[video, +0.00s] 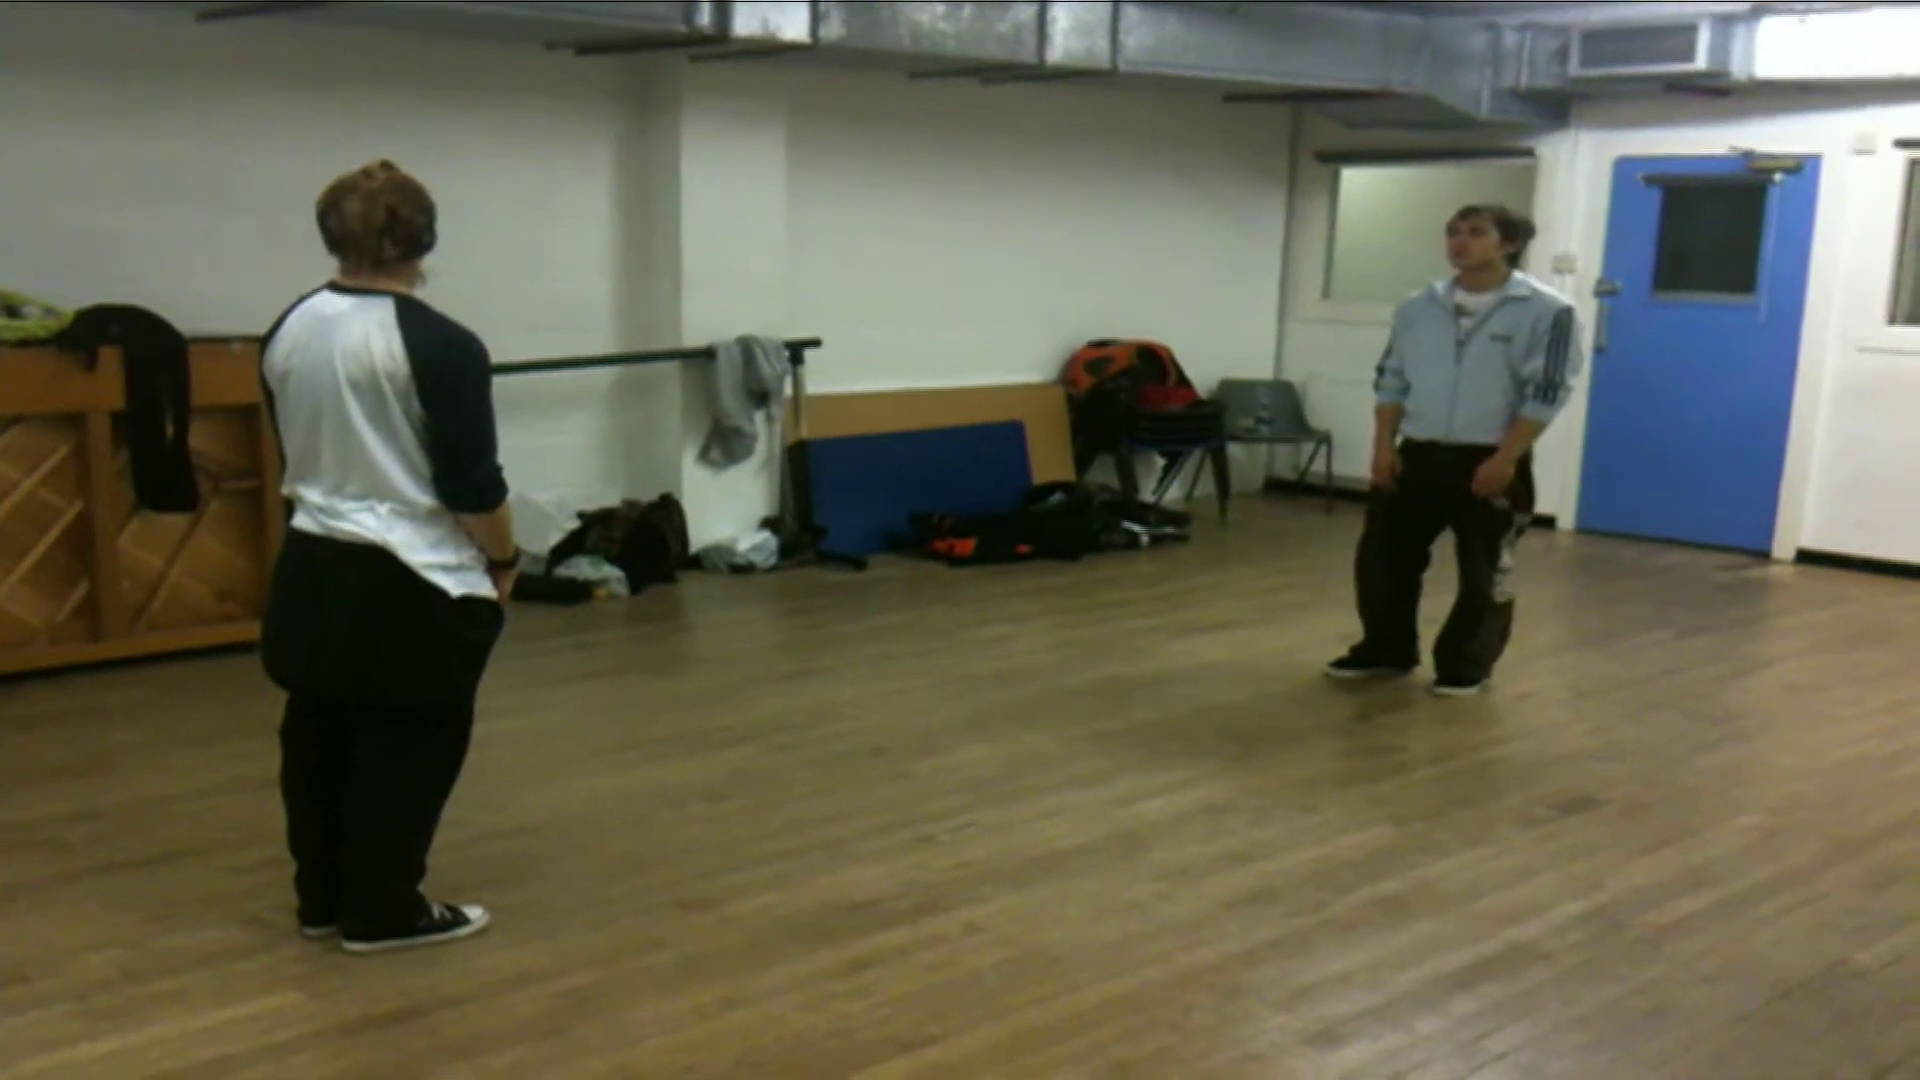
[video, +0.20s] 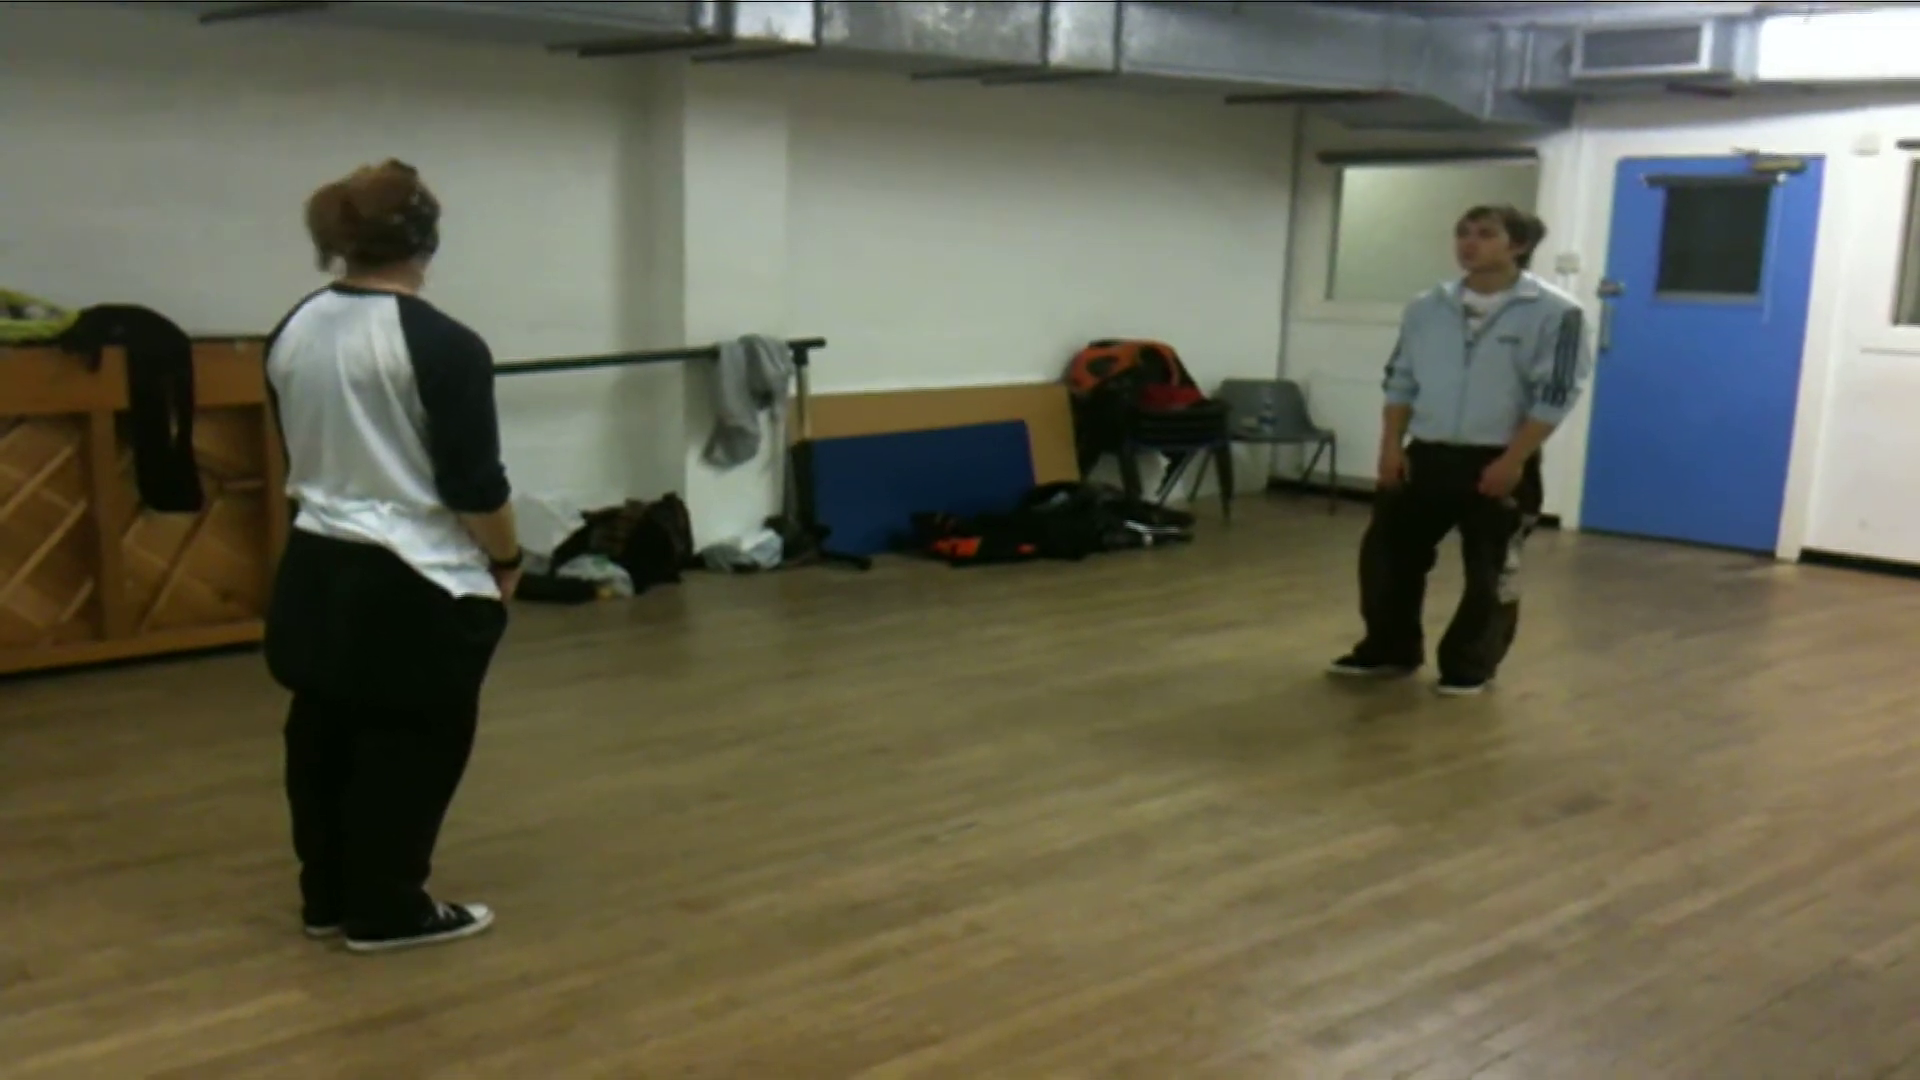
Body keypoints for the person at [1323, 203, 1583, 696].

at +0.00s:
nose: (1460, 242)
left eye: (1474, 234)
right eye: (1455, 234)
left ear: (1506, 244)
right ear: (1446, 244)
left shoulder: (1546, 313)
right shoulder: (1418, 308)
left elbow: (1546, 397)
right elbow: (1391, 382)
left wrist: (1506, 456)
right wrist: (1384, 446)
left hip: (1491, 464)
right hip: (1420, 459)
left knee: (1485, 576)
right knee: (1382, 557)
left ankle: (1463, 667)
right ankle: (1387, 649)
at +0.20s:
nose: (1470, 243)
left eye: (1484, 235)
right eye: (1464, 234)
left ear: (1515, 246)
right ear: (1455, 244)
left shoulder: (1554, 315)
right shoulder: (1426, 308)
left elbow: (1554, 400)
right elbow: (1400, 383)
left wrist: (1514, 458)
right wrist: (1391, 445)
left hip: (1499, 465)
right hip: (1428, 459)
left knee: (1491, 575)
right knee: (1386, 553)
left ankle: (1467, 666)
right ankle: (1390, 648)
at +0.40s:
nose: (1460, 240)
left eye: (1475, 232)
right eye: (1454, 231)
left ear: (1507, 244)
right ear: (1445, 241)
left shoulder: (1545, 313)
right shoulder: (1416, 306)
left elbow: (1546, 397)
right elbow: (1390, 376)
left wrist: (1507, 455)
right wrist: (1382, 434)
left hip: (1492, 461)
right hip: (1420, 456)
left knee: (1484, 568)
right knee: (1381, 545)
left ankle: (1462, 663)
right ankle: (1390, 643)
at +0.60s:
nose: (1431, 244)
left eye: (1445, 235)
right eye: (1424, 235)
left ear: (1476, 245)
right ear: (1416, 245)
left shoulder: (1519, 312)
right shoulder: (1390, 309)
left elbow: (1519, 396)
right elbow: (1369, 380)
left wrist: (1485, 458)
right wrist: (1361, 441)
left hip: (1472, 462)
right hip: (1401, 458)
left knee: (1471, 571)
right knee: (1380, 553)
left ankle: (1455, 663)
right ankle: (1385, 645)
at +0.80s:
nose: (1423, 254)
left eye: (1436, 245)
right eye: (1416, 245)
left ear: (1467, 253)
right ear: (1408, 253)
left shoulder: (1514, 318)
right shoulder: (1386, 316)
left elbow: (1518, 402)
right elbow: (1367, 386)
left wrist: (1485, 465)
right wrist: (1363, 447)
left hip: (1469, 468)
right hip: (1400, 465)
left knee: (1473, 576)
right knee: (1387, 565)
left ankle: (1464, 669)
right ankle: (1393, 653)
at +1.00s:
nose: (1392, 258)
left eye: (1406, 248)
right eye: (1386, 249)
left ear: (1439, 256)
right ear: (1379, 256)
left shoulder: (1489, 320)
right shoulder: (1362, 318)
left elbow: (1500, 403)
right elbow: (1345, 384)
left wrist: (1466, 466)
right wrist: (1352, 439)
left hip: (1453, 466)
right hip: (1383, 463)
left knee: (1460, 570)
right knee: (1366, 555)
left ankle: (1460, 667)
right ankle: (1390, 650)